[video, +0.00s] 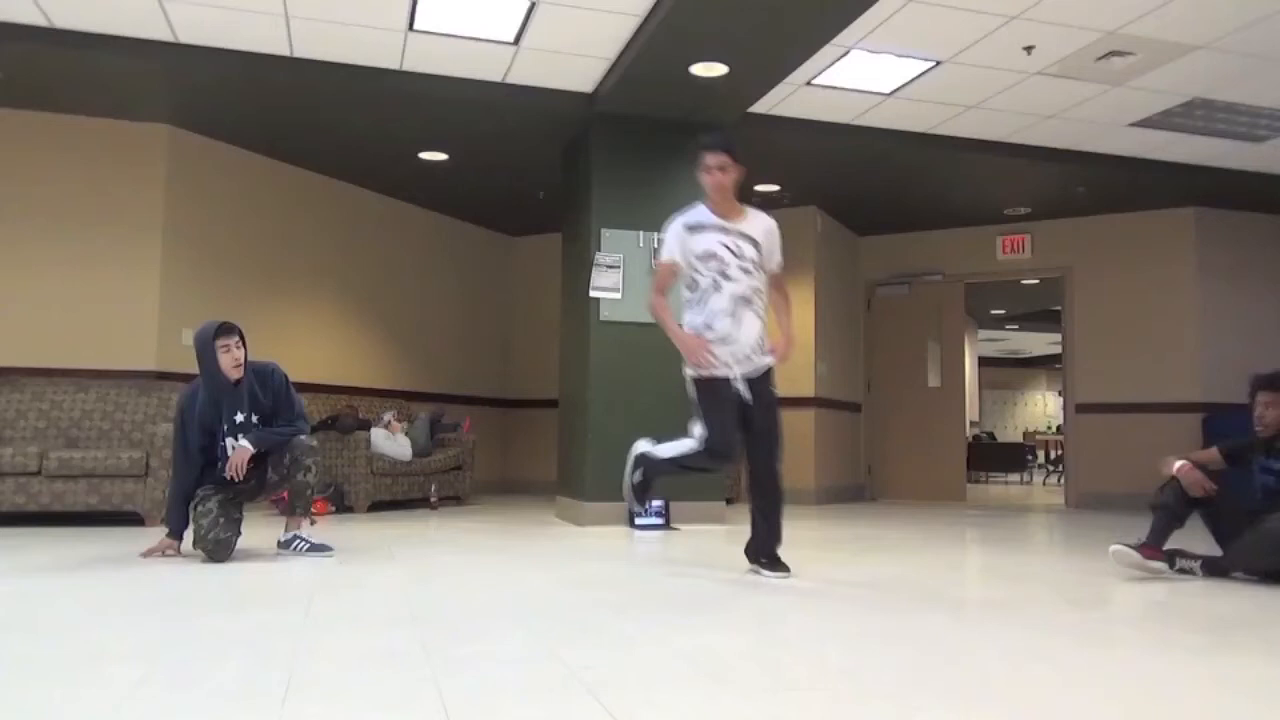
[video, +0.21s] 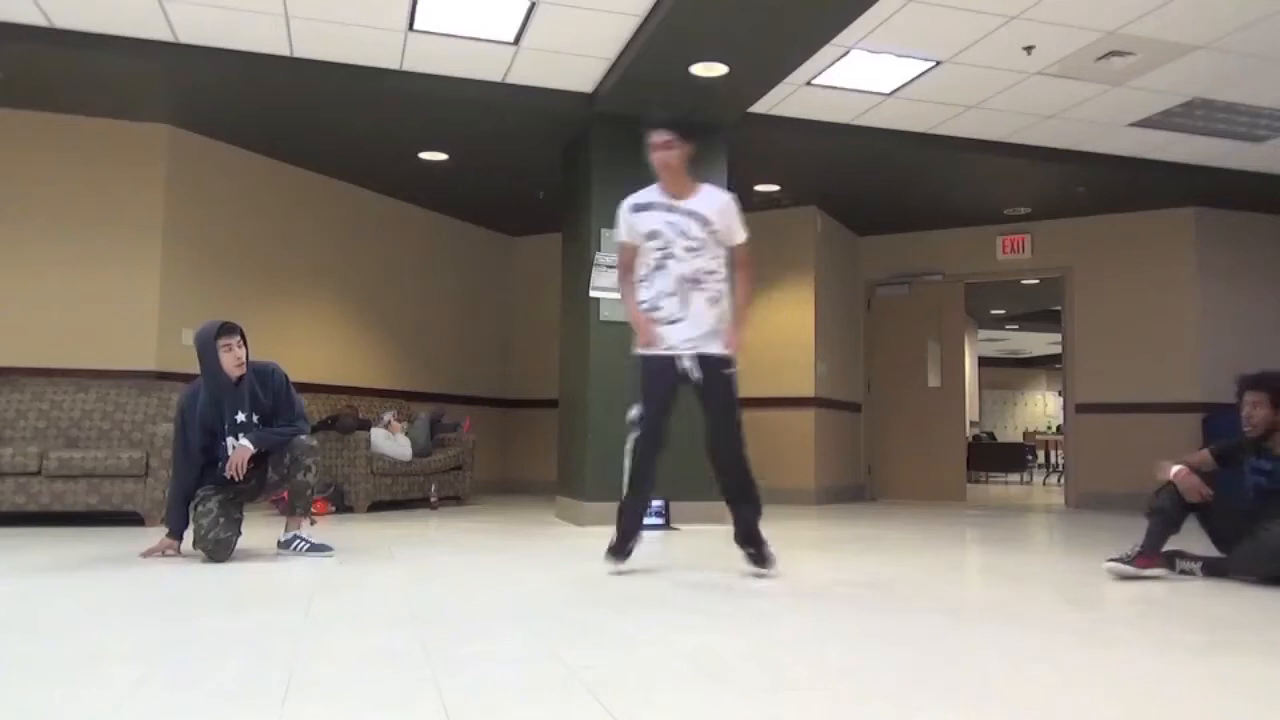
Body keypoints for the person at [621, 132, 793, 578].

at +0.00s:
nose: (714, 177)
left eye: (722, 169)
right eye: (706, 169)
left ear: (739, 174)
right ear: (698, 175)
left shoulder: (763, 226)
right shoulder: (683, 227)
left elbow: (775, 284)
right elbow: (657, 296)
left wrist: (785, 333)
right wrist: (681, 338)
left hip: (755, 360)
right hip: (708, 361)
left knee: (765, 457)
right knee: (721, 450)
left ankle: (763, 550)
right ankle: (646, 459)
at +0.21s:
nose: (661, 155)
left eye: (669, 146)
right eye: (654, 148)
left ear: (689, 150)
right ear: (647, 156)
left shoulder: (720, 203)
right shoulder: (634, 208)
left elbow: (743, 268)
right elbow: (625, 275)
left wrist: (736, 327)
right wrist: (639, 322)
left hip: (712, 345)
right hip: (657, 346)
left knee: (727, 443)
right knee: (647, 441)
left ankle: (750, 535)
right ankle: (625, 535)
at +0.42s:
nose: (596, 183)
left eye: (604, 174)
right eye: (589, 176)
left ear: (624, 178)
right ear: (583, 184)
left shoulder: (646, 230)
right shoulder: (585, 239)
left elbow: (688, 297)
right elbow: (597, 308)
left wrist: (653, 364)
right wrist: (585, 365)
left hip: (644, 370)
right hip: (604, 372)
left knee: (641, 465)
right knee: (596, 466)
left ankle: (717, 521)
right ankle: (631, 550)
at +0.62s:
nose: (543, 138)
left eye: (550, 129)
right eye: (537, 132)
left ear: (573, 132)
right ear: (534, 139)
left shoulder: (597, 183)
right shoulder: (539, 191)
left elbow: (632, 254)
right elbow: (549, 261)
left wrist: (575, 306)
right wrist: (539, 321)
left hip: (582, 328)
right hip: (550, 327)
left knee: (538, 424)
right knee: (580, 426)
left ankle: (525, 542)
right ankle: (615, 520)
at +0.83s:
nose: (492, 160)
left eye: (500, 150)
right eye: (487, 152)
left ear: (525, 151)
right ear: (485, 159)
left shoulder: (536, 207)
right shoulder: (502, 212)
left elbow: (548, 288)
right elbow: (506, 294)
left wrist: (484, 347)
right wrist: (477, 354)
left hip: (509, 358)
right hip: (492, 355)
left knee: (442, 450)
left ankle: (428, 562)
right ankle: (551, 512)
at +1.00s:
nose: (457, 155)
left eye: (465, 144)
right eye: (451, 147)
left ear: (491, 141)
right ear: (449, 150)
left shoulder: (516, 190)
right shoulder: (465, 202)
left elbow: (534, 271)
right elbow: (476, 275)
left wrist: (461, 291)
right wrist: (445, 294)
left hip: (524, 340)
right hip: (488, 340)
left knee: (475, 444)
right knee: (451, 430)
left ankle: (432, 559)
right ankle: (508, 517)